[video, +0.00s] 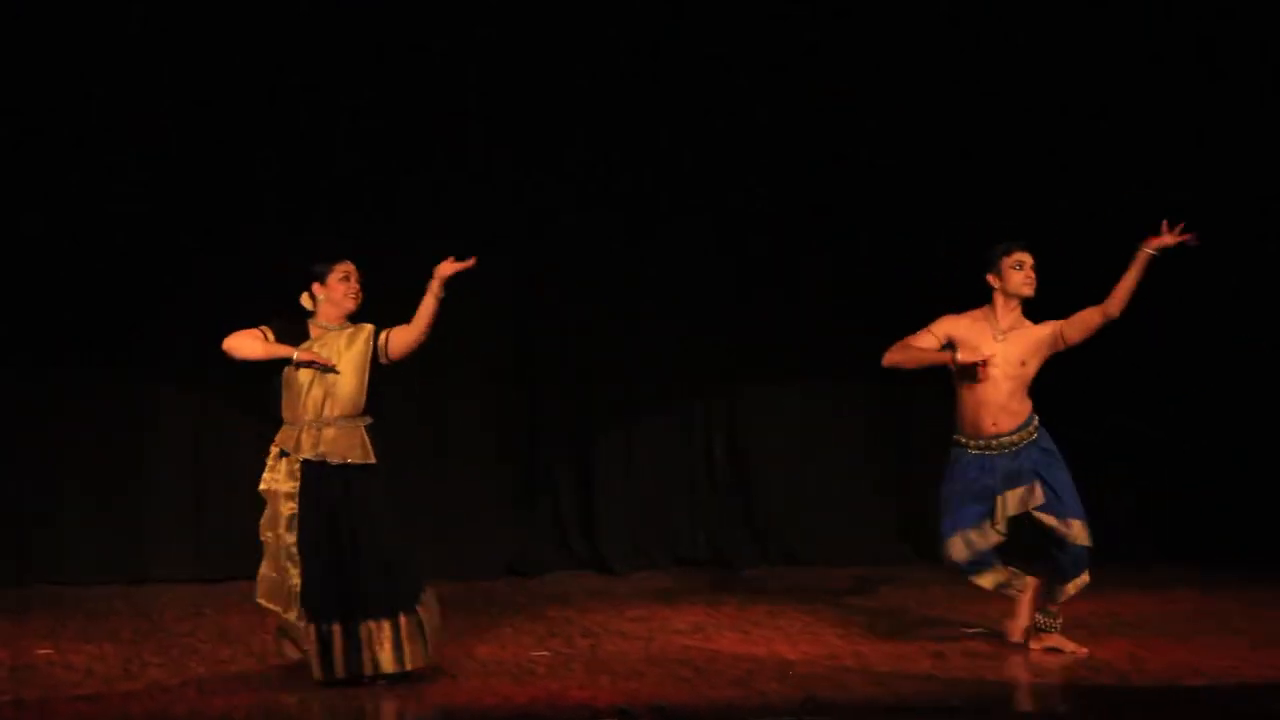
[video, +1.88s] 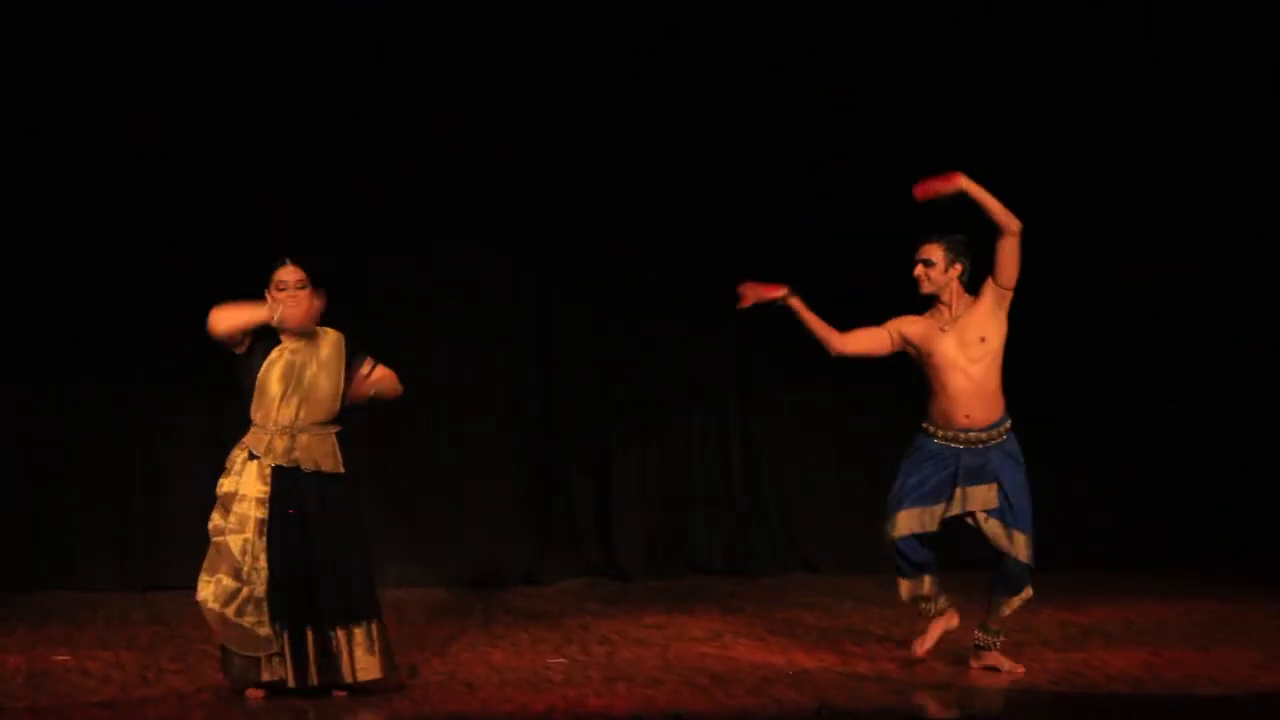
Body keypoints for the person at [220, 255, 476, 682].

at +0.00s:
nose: (355, 287)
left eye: (357, 282)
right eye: (344, 280)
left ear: (358, 294)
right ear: (317, 290)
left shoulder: (367, 339)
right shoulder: (293, 335)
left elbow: (414, 333)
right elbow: (232, 344)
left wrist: (437, 282)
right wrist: (292, 352)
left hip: (351, 459)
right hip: (298, 461)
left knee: (369, 552)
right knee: (311, 557)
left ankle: (381, 661)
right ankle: (325, 659)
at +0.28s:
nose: (333, 281)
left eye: (337, 275)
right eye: (321, 274)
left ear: (344, 289)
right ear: (298, 288)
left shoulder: (357, 335)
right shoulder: (280, 340)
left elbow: (422, 359)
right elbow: (224, 342)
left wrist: (387, 346)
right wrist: (252, 302)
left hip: (344, 459)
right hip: (289, 460)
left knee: (364, 554)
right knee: (284, 560)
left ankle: (380, 662)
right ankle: (290, 665)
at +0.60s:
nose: (256, 286)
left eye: (267, 277)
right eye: (253, 281)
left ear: (296, 288)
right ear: (252, 295)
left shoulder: (324, 336)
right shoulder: (246, 338)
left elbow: (388, 356)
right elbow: (208, 313)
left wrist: (337, 369)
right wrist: (181, 262)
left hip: (310, 466)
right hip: (256, 465)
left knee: (315, 560)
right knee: (258, 563)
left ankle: (318, 662)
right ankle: (266, 667)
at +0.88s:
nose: (266, 292)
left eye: (276, 284)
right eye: (260, 286)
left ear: (301, 296)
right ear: (254, 298)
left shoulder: (325, 342)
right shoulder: (249, 341)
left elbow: (389, 365)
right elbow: (211, 329)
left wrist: (346, 375)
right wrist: (209, 265)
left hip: (309, 470)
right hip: (254, 467)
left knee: (307, 566)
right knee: (248, 564)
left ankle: (299, 666)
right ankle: (244, 667)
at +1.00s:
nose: (274, 296)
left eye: (284, 288)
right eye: (267, 288)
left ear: (303, 295)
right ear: (258, 297)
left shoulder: (325, 343)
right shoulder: (250, 341)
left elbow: (388, 372)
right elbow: (204, 369)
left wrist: (352, 385)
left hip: (304, 472)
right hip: (249, 467)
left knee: (302, 569)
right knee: (240, 563)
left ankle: (290, 671)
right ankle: (233, 669)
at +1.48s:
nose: (313, 291)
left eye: (314, 285)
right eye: (304, 284)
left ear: (309, 295)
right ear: (275, 292)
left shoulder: (325, 346)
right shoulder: (250, 336)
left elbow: (365, 388)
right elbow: (223, 292)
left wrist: (391, 380)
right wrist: (269, 263)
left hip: (311, 461)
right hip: (256, 461)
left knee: (326, 560)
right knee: (261, 565)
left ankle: (327, 669)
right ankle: (261, 673)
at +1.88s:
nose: (289, 297)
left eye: (299, 288)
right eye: (280, 289)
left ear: (320, 299)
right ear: (268, 299)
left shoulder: (335, 348)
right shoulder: (257, 345)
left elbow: (391, 384)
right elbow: (216, 321)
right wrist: (270, 312)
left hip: (317, 467)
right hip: (260, 466)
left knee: (328, 566)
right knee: (261, 567)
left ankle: (333, 673)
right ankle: (266, 672)